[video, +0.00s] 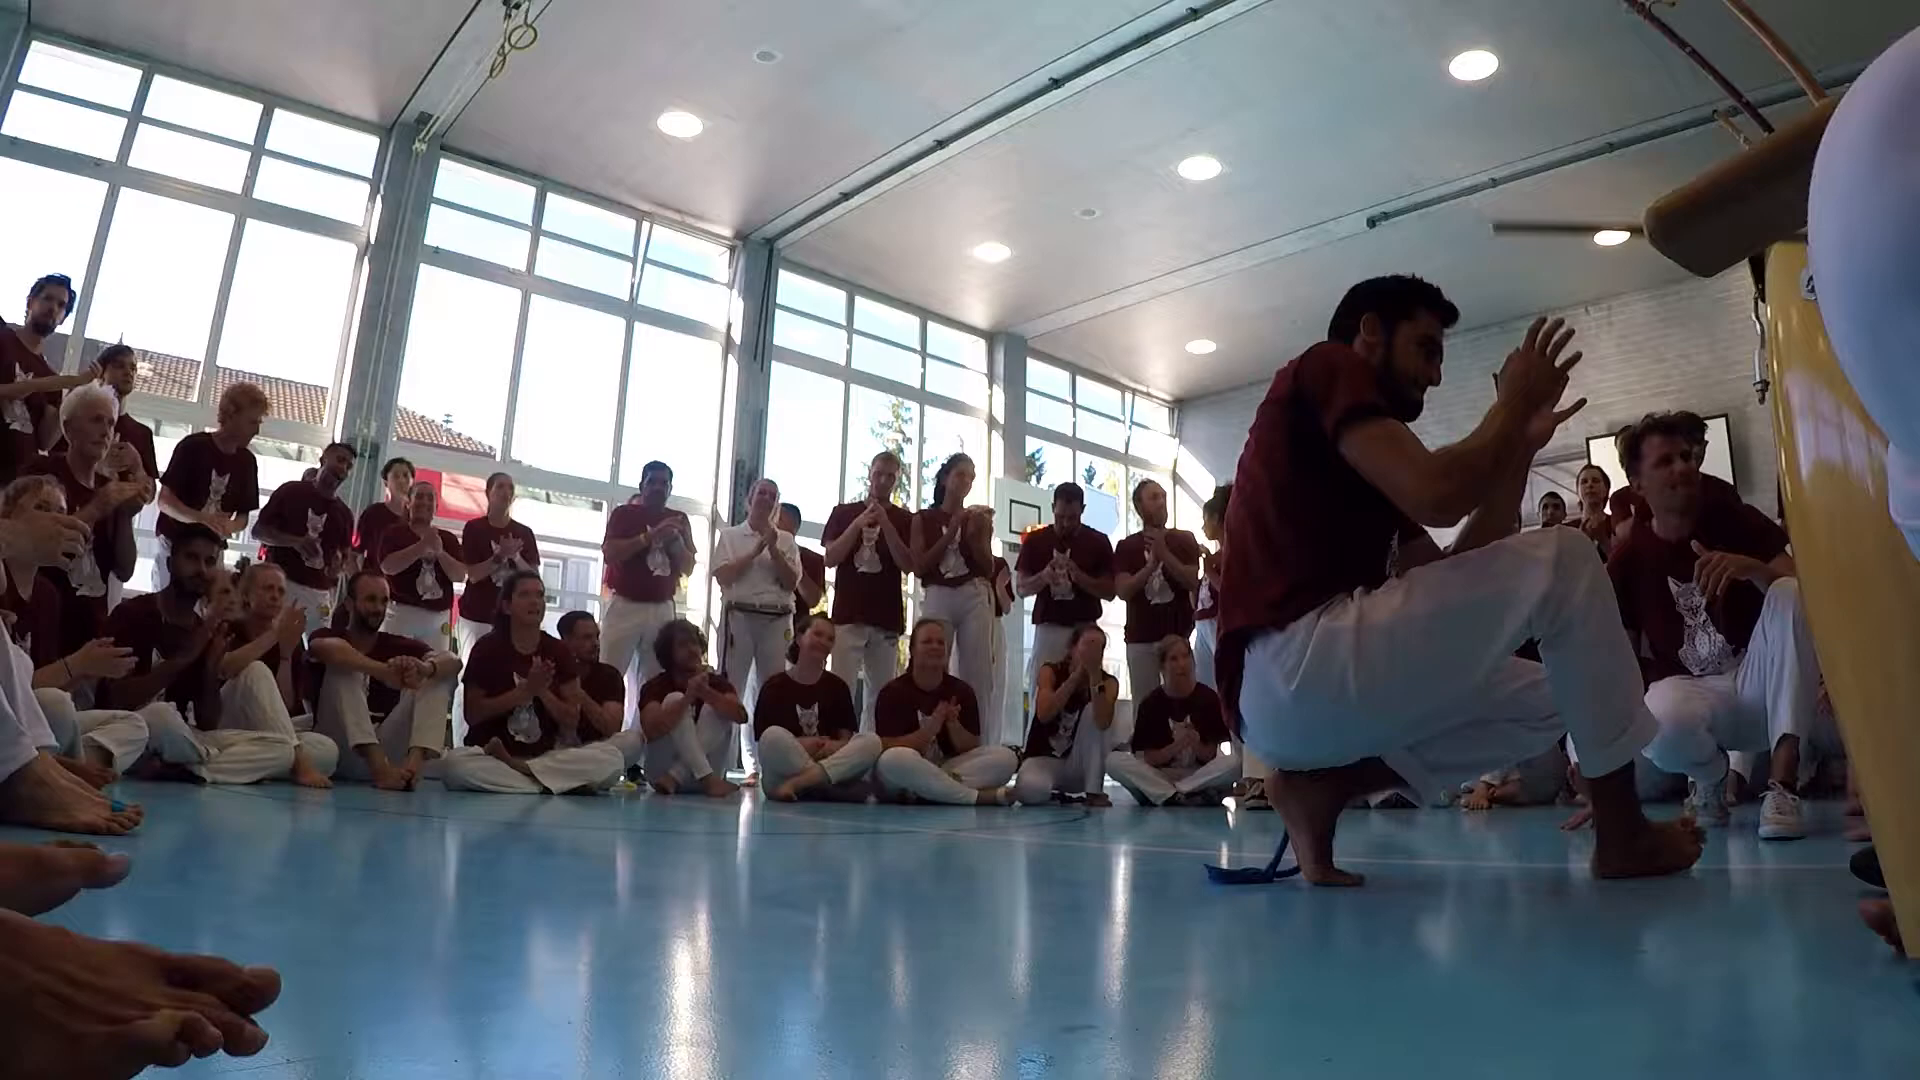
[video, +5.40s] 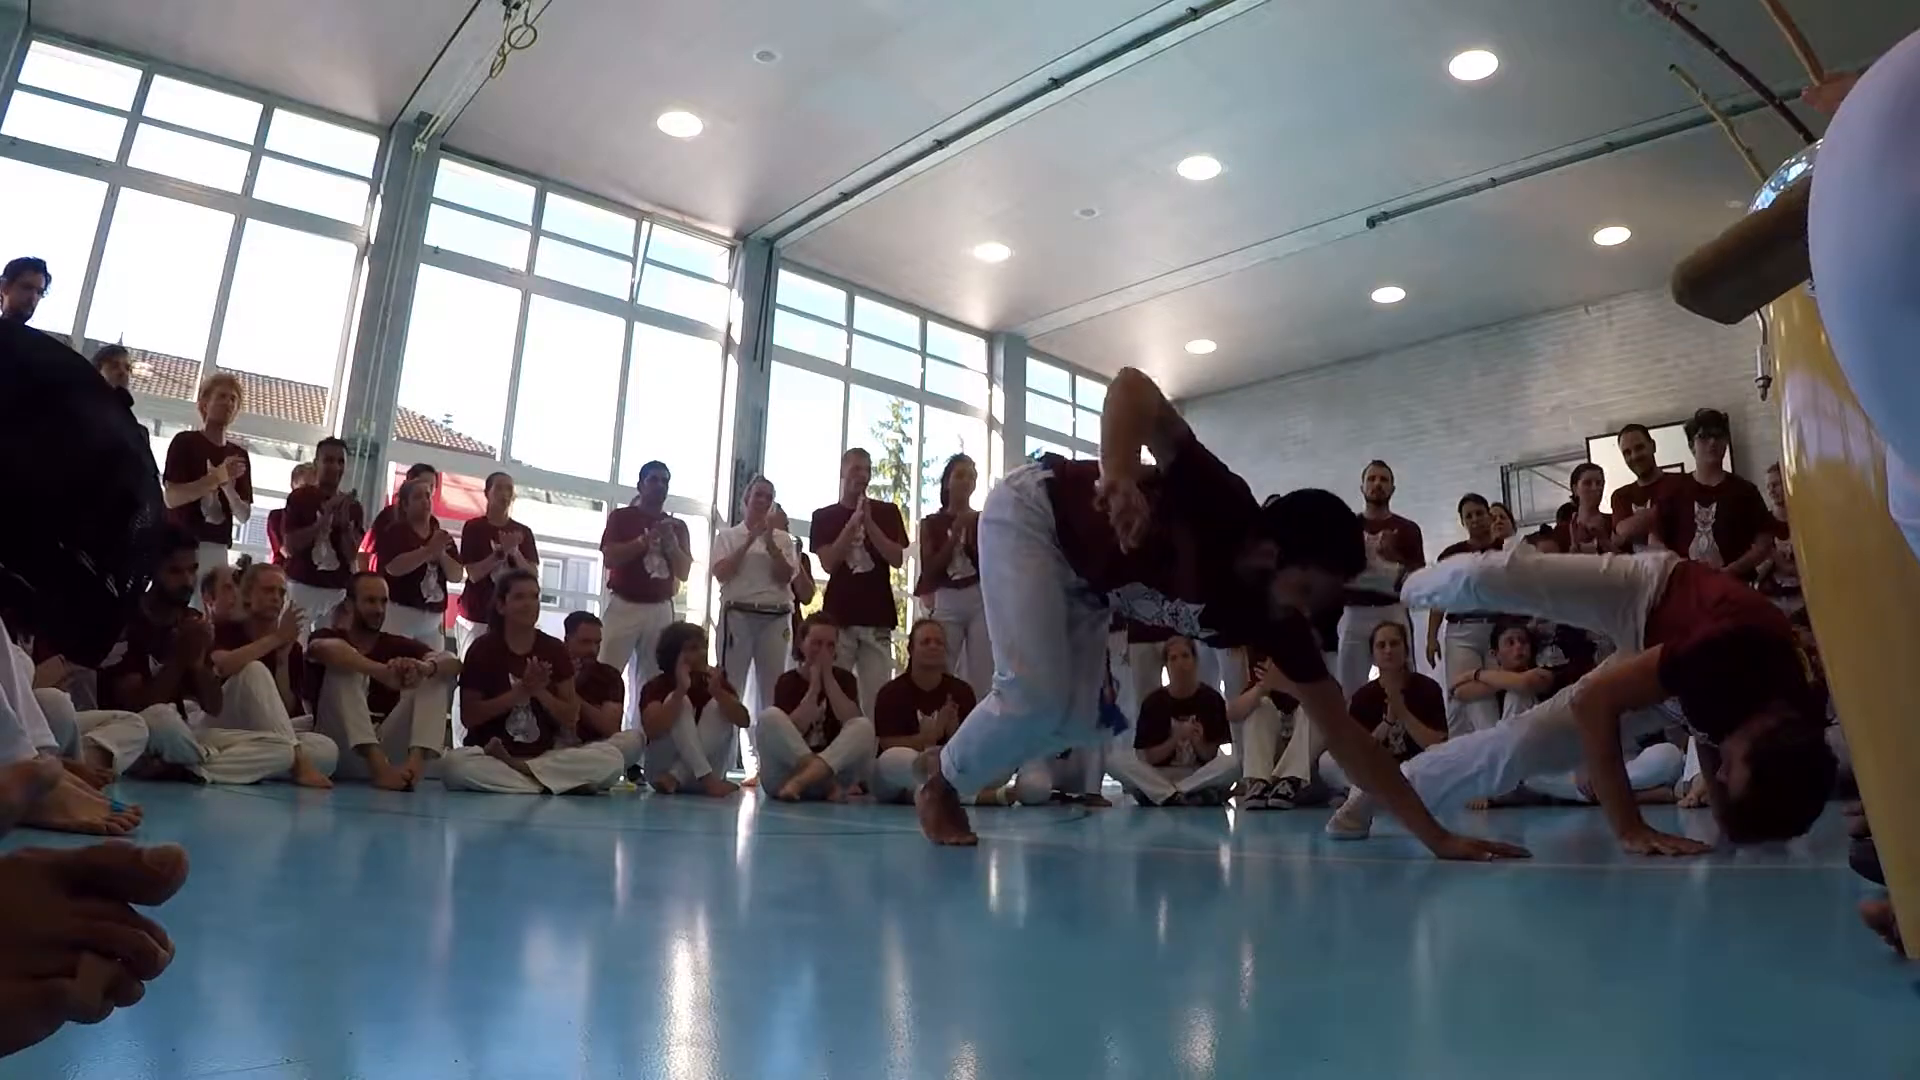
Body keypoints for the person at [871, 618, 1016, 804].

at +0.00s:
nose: (935, 648)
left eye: (940, 643)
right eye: (927, 642)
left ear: (947, 650)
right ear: (912, 650)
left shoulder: (962, 691)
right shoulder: (892, 692)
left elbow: (971, 749)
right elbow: (888, 747)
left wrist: (954, 724)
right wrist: (930, 729)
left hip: (951, 767)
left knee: (1006, 758)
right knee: (893, 760)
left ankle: (928, 792)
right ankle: (976, 798)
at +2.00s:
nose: (927, 645)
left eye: (934, 640)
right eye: (920, 640)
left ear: (944, 648)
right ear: (910, 649)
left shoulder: (962, 690)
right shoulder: (892, 691)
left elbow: (972, 749)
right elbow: (883, 745)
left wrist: (959, 728)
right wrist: (918, 735)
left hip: (951, 767)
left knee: (1006, 758)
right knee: (893, 760)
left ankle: (928, 792)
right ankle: (975, 798)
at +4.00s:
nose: (928, 646)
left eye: (935, 641)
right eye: (921, 642)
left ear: (944, 650)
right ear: (909, 650)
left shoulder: (961, 689)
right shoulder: (891, 692)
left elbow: (970, 749)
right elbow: (886, 747)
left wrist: (963, 723)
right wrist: (919, 728)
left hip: (951, 767)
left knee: (1005, 759)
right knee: (894, 759)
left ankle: (928, 792)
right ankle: (976, 798)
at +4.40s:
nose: (933, 647)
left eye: (939, 642)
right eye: (925, 642)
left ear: (946, 650)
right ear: (911, 650)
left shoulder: (961, 691)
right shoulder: (890, 693)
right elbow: (884, 747)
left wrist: (961, 726)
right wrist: (921, 732)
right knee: (892, 757)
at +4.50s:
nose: (933, 647)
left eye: (939, 642)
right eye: (925, 642)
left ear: (945, 650)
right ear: (911, 650)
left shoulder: (962, 691)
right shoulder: (890, 693)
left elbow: (972, 740)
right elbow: (884, 745)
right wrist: (925, 740)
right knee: (891, 757)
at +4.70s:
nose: (933, 647)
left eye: (939, 643)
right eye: (926, 642)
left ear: (947, 651)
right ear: (911, 650)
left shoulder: (962, 691)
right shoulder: (891, 692)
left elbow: (971, 748)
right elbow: (885, 746)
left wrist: (959, 723)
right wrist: (927, 731)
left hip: (951, 776)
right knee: (896, 757)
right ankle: (965, 797)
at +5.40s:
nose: (933, 647)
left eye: (939, 643)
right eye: (925, 642)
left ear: (946, 651)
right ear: (910, 650)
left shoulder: (962, 691)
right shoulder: (891, 693)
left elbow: (971, 747)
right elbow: (887, 744)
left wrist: (954, 731)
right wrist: (925, 739)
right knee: (893, 758)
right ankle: (987, 796)